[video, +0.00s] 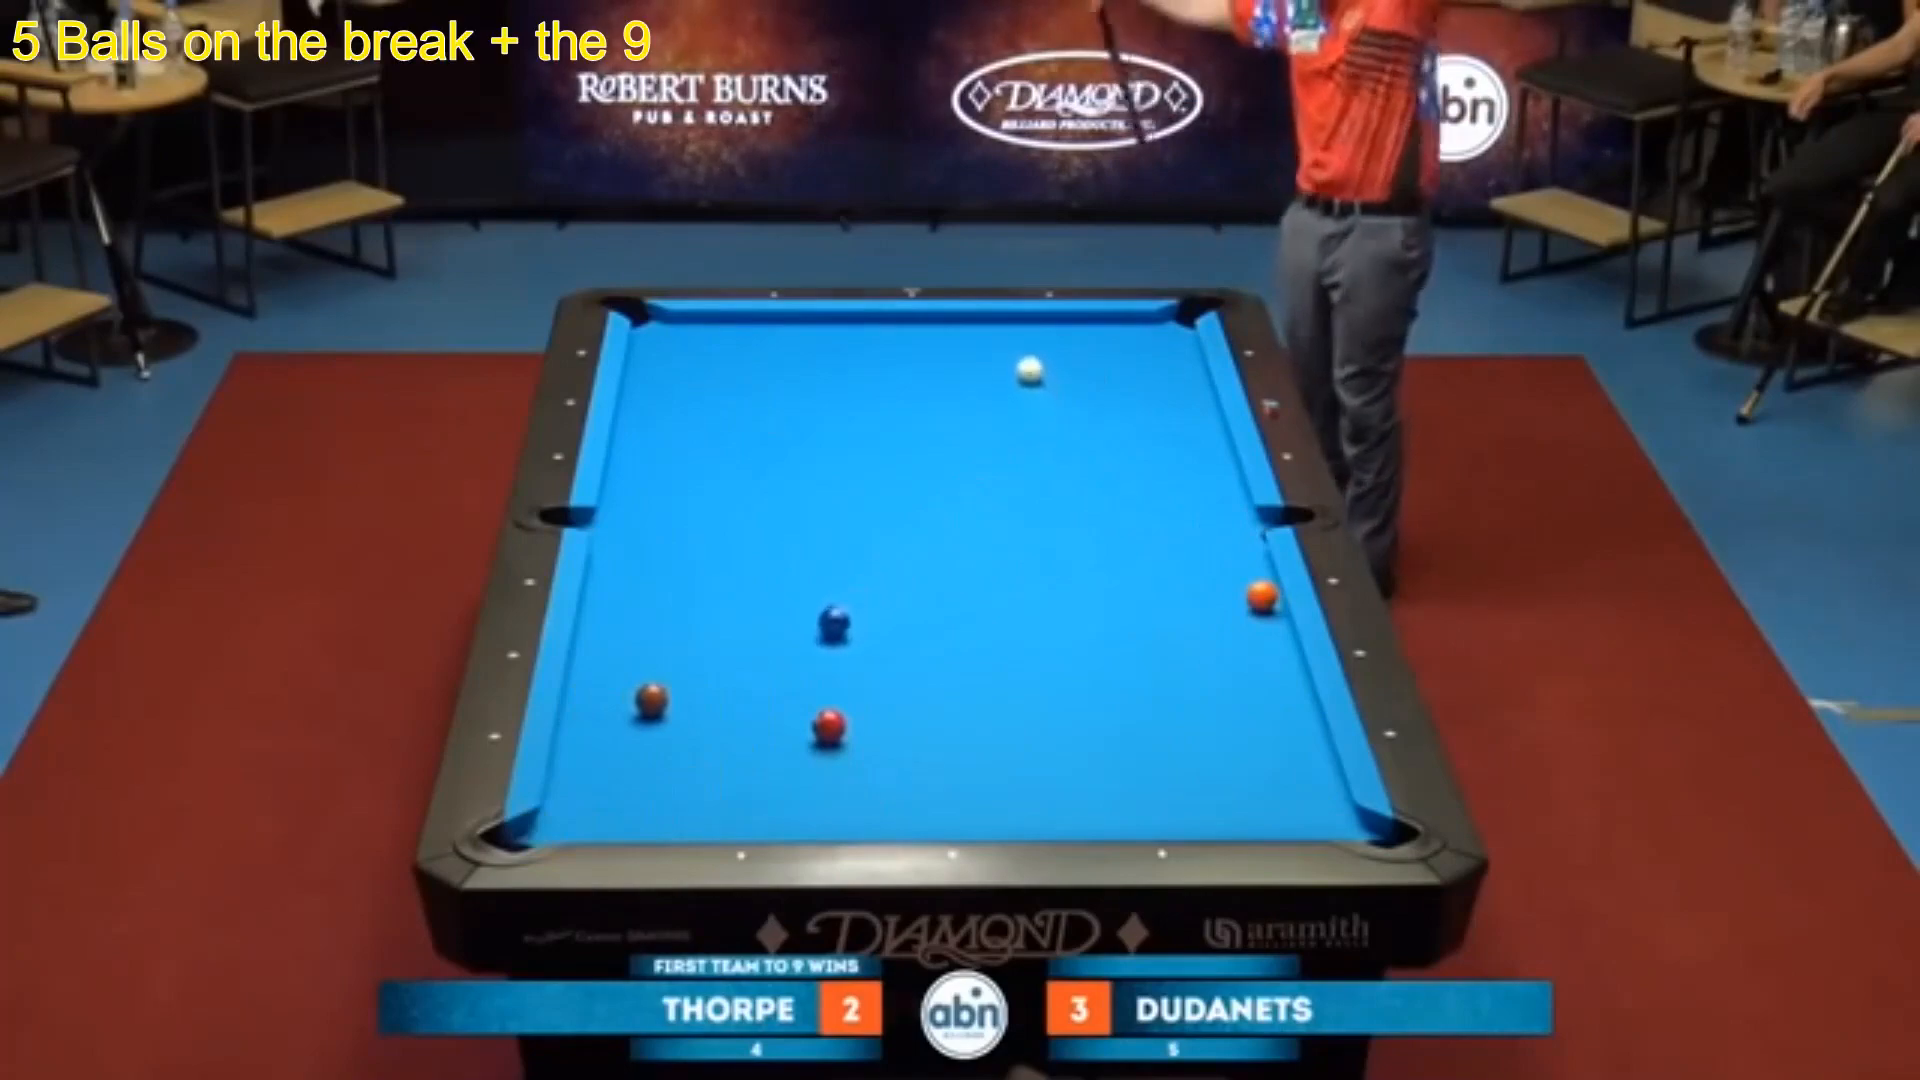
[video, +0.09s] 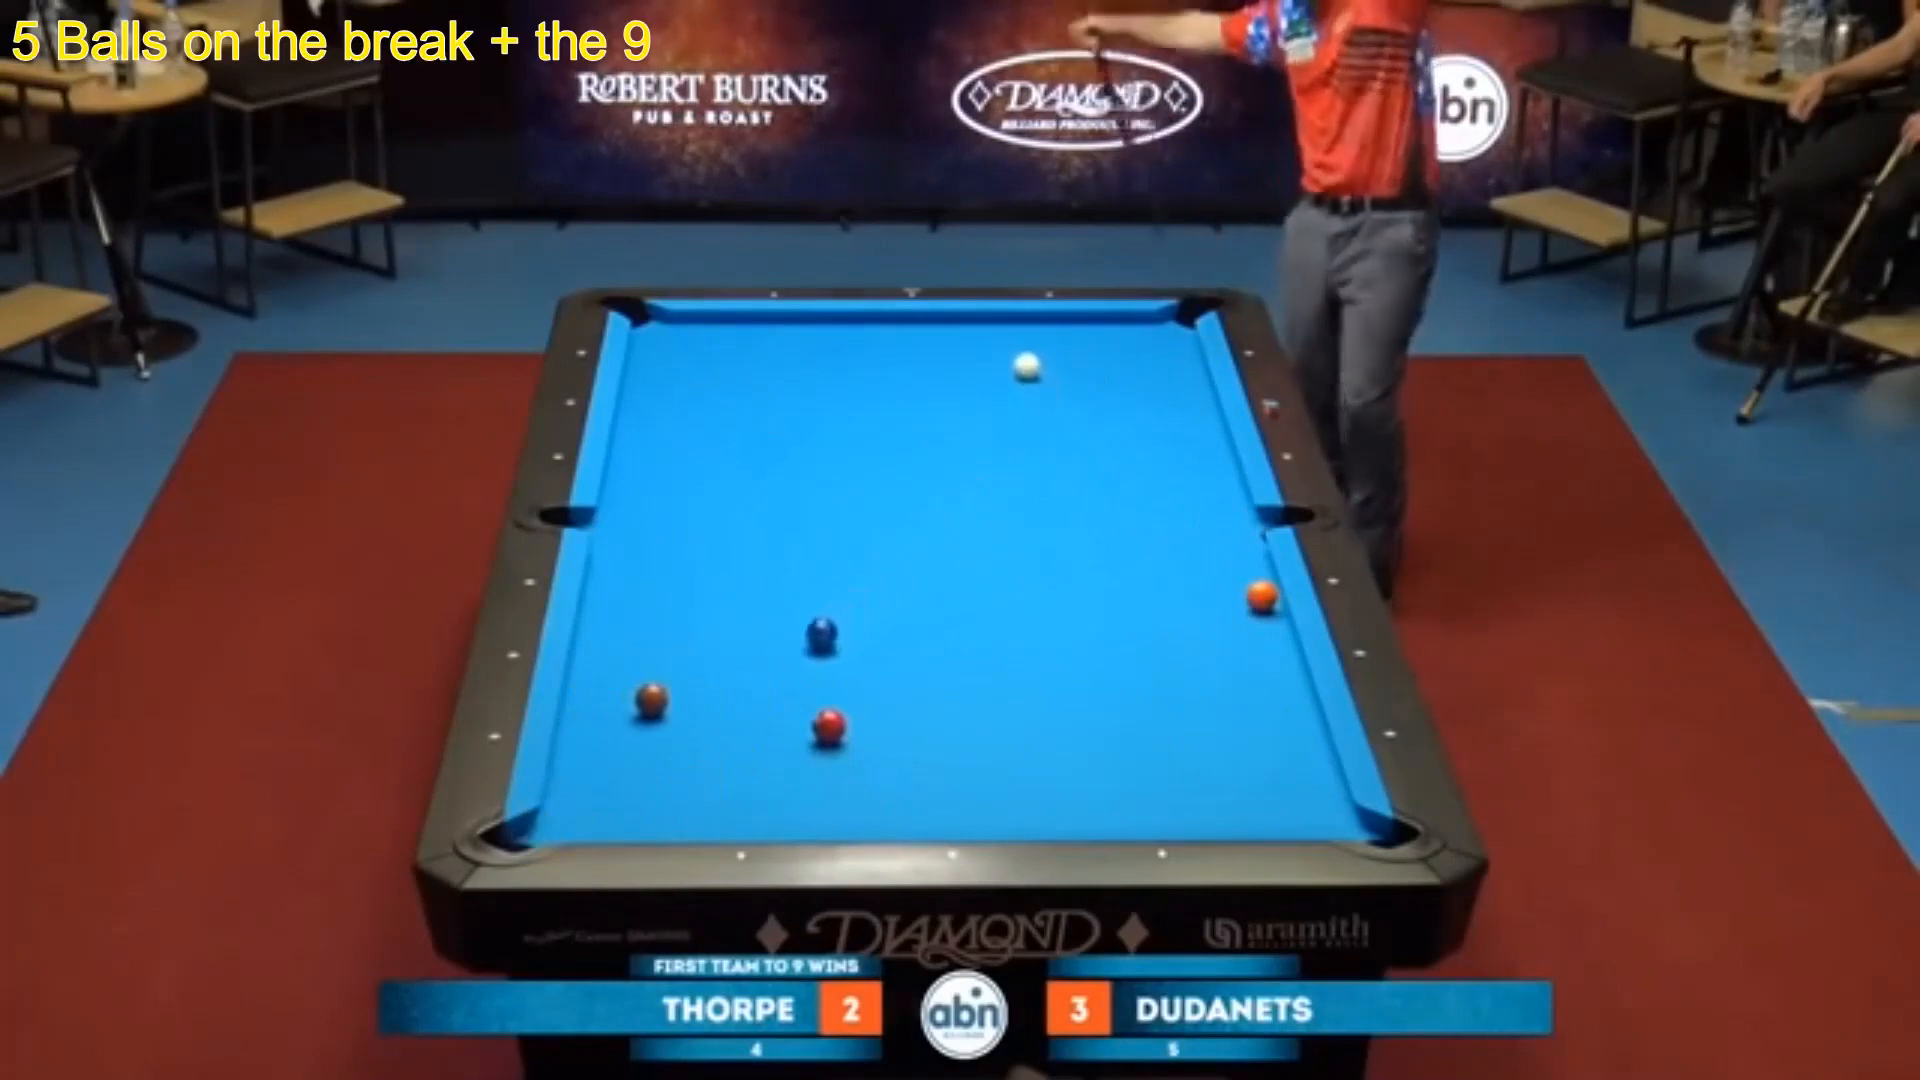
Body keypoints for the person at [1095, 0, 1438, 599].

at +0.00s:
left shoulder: (1405, 7)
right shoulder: (1291, 13)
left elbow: (1519, 4)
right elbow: (1194, 11)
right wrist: (1127, 1)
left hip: (1382, 232)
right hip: (1308, 223)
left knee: (1364, 403)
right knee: (1307, 396)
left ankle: (1367, 568)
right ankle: (1312, 551)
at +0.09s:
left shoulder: (1395, 7)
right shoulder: (1280, 18)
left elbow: (1512, 6)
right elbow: (1194, 29)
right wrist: (1113, 24)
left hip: (1393, 227)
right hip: (1314, 224)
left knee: (1365, 400)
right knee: (1306, 394)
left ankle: (1371, 568)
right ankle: (1315, 552)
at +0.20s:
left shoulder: (1390, 8)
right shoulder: (1277, 25)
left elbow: (1509, 7)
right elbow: (1196, 45)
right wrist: (1116, 50)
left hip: (1398, 224)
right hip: (1317, 224)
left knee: (1376, 389)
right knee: (1298, 389)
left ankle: (1376, 558)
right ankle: (1317, 539)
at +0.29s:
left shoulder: (1379, 10)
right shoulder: (1267, 41)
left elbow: (1488, 9)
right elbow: (1192, 65)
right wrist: (1116, 74)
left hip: (1402, 220)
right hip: (1322, 225)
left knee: (1390, 374)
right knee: (1293, 379)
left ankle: (1392, 539)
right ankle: (1310, 531)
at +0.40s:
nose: (1280, 5)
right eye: (1272, 1)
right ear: (1264, 2)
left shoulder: (1373, 12)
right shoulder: (1261, 49)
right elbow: (1182, 74)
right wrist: (1100, 87)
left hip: (1403, 214)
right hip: (1324, 222)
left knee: (1402, 336)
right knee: (1294, 371)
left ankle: (1407, 496)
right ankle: (1315, 512)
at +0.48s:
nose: (1272, 5)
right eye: (1264, 1)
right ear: (1258, 4)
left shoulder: (1369, 12)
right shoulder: (1258, 53)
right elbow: (1180, 85)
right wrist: (1098, 98)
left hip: (1403, 206)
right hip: (1326, 222)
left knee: (1405, 309)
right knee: (1293, 368)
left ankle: (1415, 448)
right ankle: (1315, 511)